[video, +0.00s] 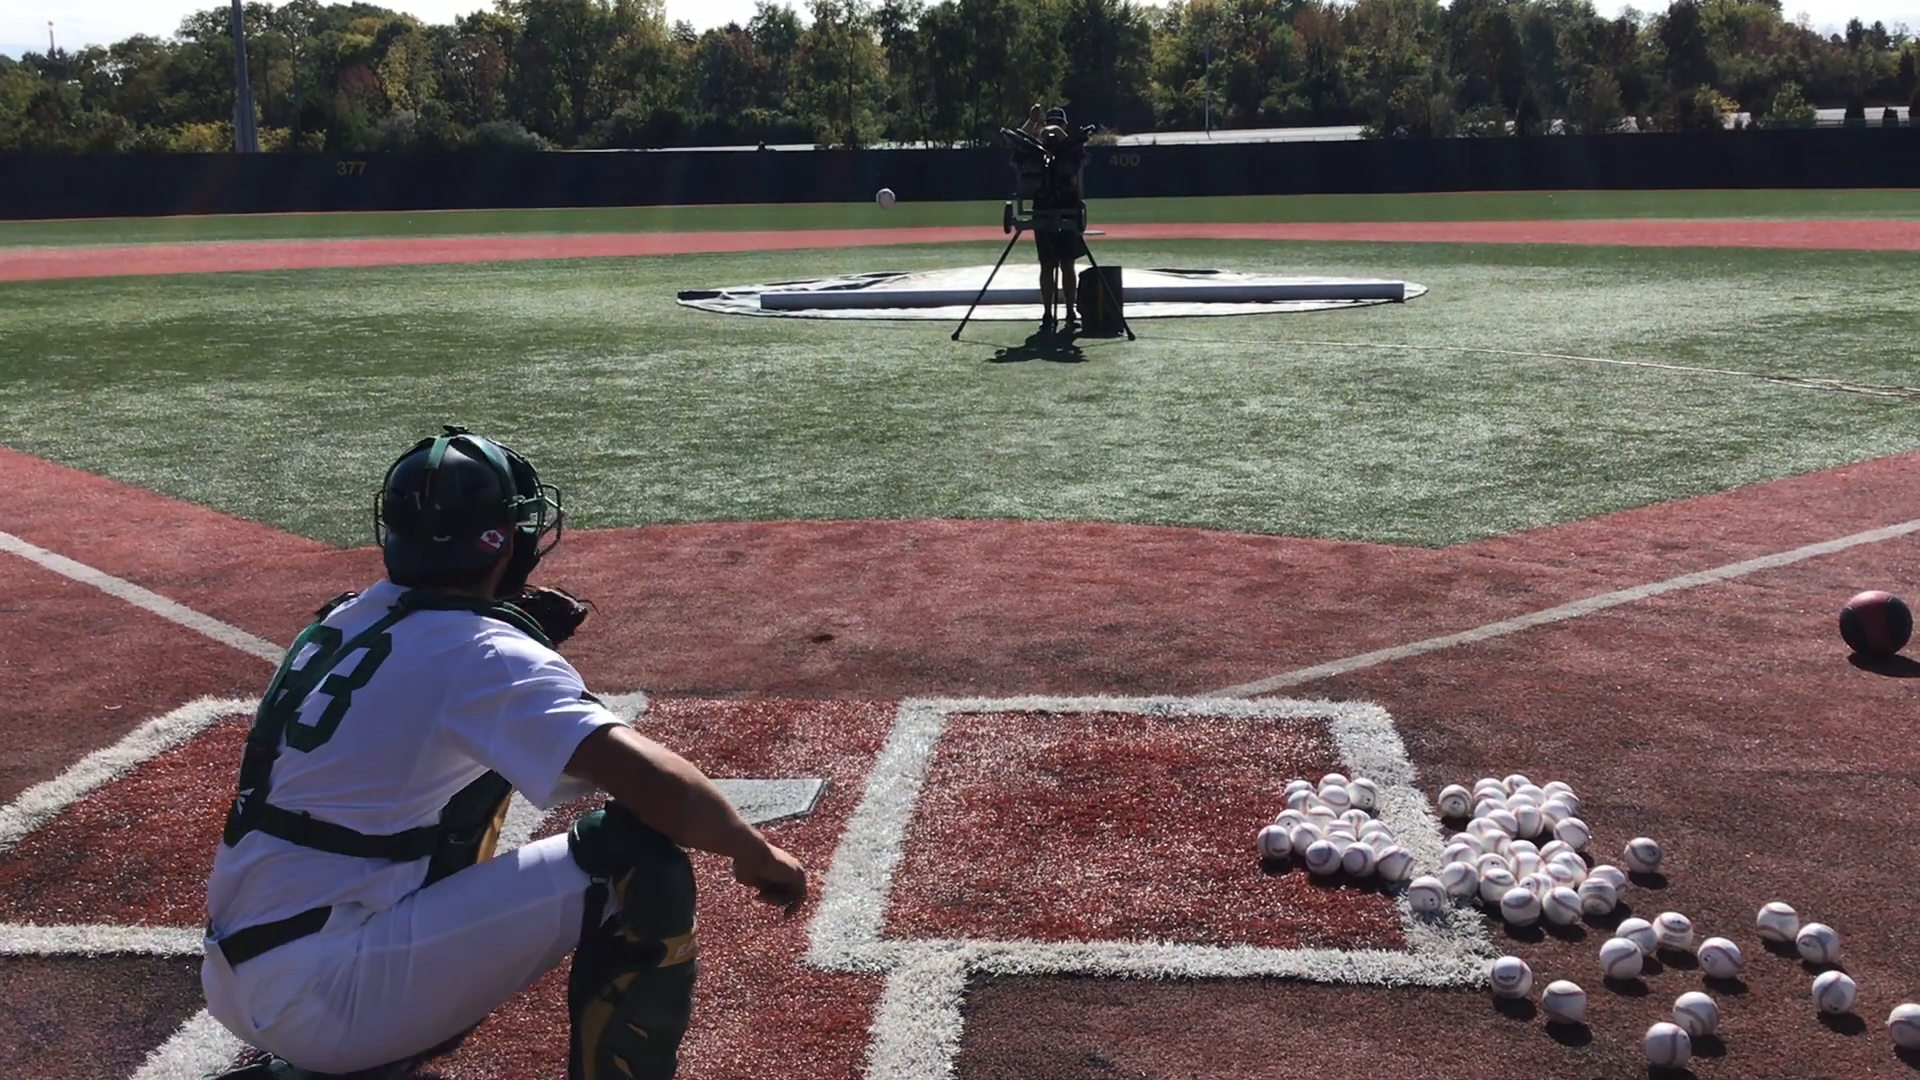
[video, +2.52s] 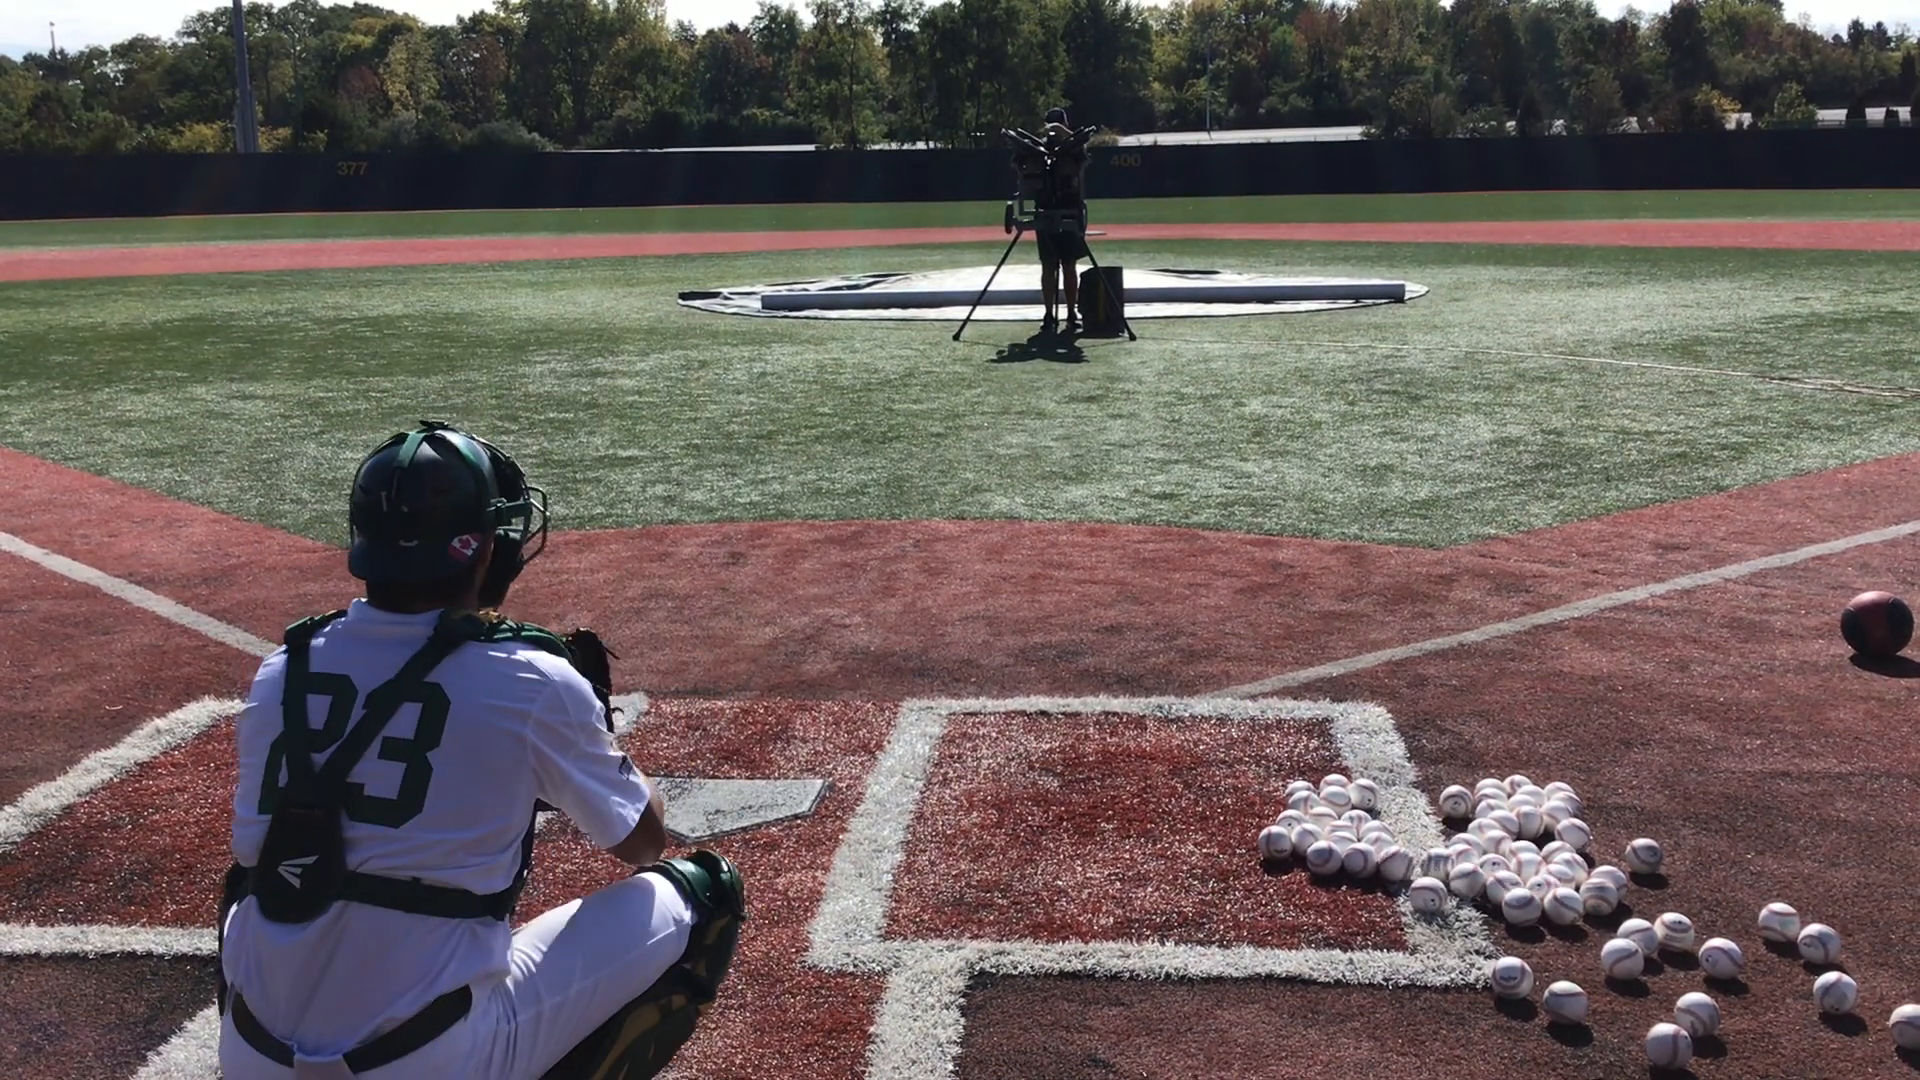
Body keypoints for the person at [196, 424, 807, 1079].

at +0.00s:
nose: (529, 546)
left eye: (527, 533)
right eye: (521, 534)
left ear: (398, 546)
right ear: (497, 553)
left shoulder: (343, 616)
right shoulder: (476, 650)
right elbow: (650, 778)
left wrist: (499, 628)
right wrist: (749, 847)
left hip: (238, 970)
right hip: (320, 995)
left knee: (479, 781)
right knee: (635, 856)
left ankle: (387, 1022)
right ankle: (617, 1064)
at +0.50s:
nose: (539, 521)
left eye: (537, 503)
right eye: (533, 504)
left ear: (415, 511)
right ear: (511, 520)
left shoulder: (355, 596)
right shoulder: (502, 627)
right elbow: (662, 752)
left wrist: (534, 639)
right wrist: (727, 770)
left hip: (270, 948)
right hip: (366, 951)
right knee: (676, 845)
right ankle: (629, 1064)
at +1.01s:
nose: (529, 414)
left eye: (527, 395)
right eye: (516, 396)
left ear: (417, 396)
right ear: (469, 402)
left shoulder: (309, 502)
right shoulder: (505, 508)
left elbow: (257, 657)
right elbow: (559, 689)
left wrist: (395, 662)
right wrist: (658, 759)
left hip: (346, 820)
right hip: (463, 800)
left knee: (480, 1018)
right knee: (730, 871)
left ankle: (288, 1052)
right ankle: (621, 1065)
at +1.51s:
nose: (587, 447)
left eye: (588, 429)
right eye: (582, 428)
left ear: (455, 421)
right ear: (546, 432)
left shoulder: (358, 549)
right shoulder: (601, 555)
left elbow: (310, 717)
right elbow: (678, 736)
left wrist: (414, 711)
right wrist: (653, 774)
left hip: (435, 863)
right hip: (576, 868)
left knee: (481, 1014)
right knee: (678, 1039)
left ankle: (398, 1037)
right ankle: (531, 1059)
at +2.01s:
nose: (529, 532)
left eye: (526, 516)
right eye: (522, 517)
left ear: (386, 526)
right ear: (503, 537)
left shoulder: (298, 659)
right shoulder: (565, 669)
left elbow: (267, 851)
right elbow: (642, 865)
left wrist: (382, 818)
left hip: (345, 1042)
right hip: (508, 1044)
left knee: (311, 892)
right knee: (678, 961)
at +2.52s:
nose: (514, 548)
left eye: (510, 530)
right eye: (506, 531)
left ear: (364, 544)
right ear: (477, 556)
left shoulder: (282, 668)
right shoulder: (532, 683)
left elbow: (253, 844)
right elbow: (643, 843)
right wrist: (586, 713)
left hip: (252, 1047)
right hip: (426, 1057)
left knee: (251, 877)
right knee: (706, 891)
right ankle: (584, 1063)